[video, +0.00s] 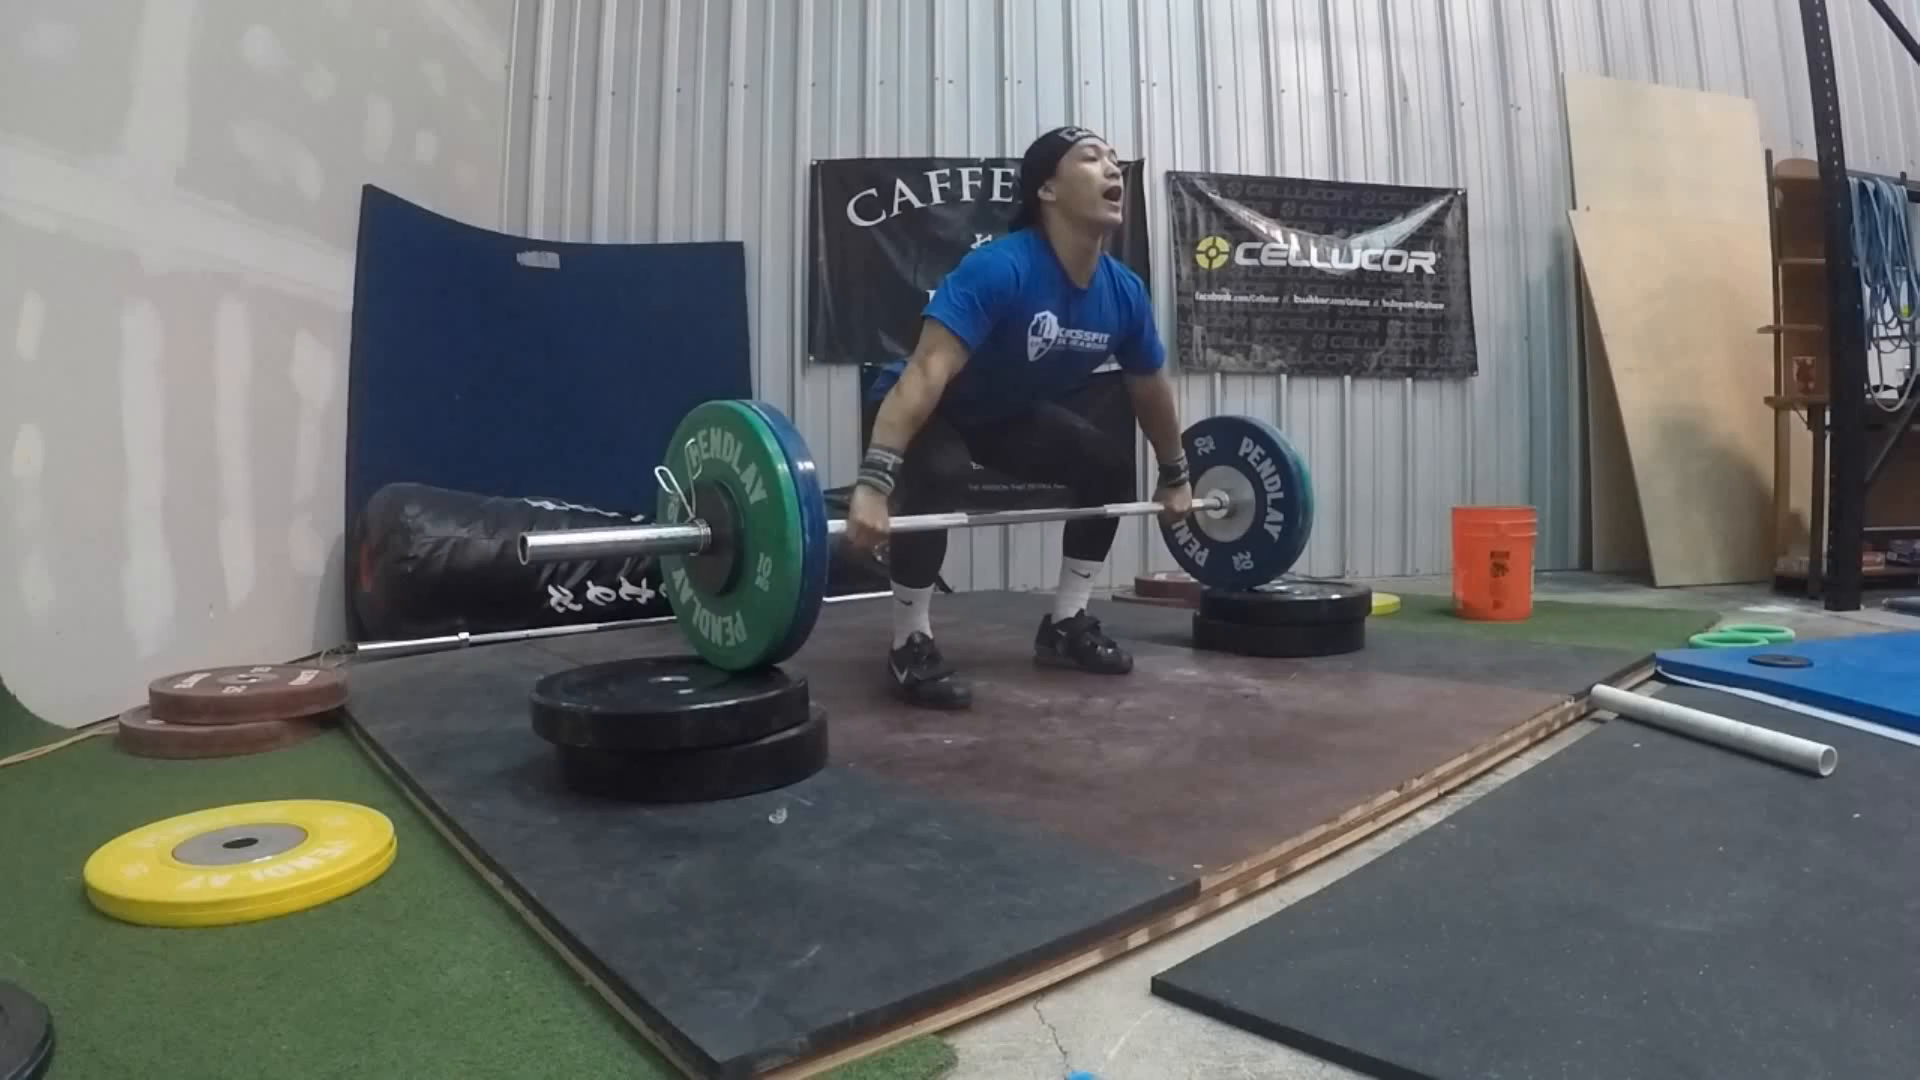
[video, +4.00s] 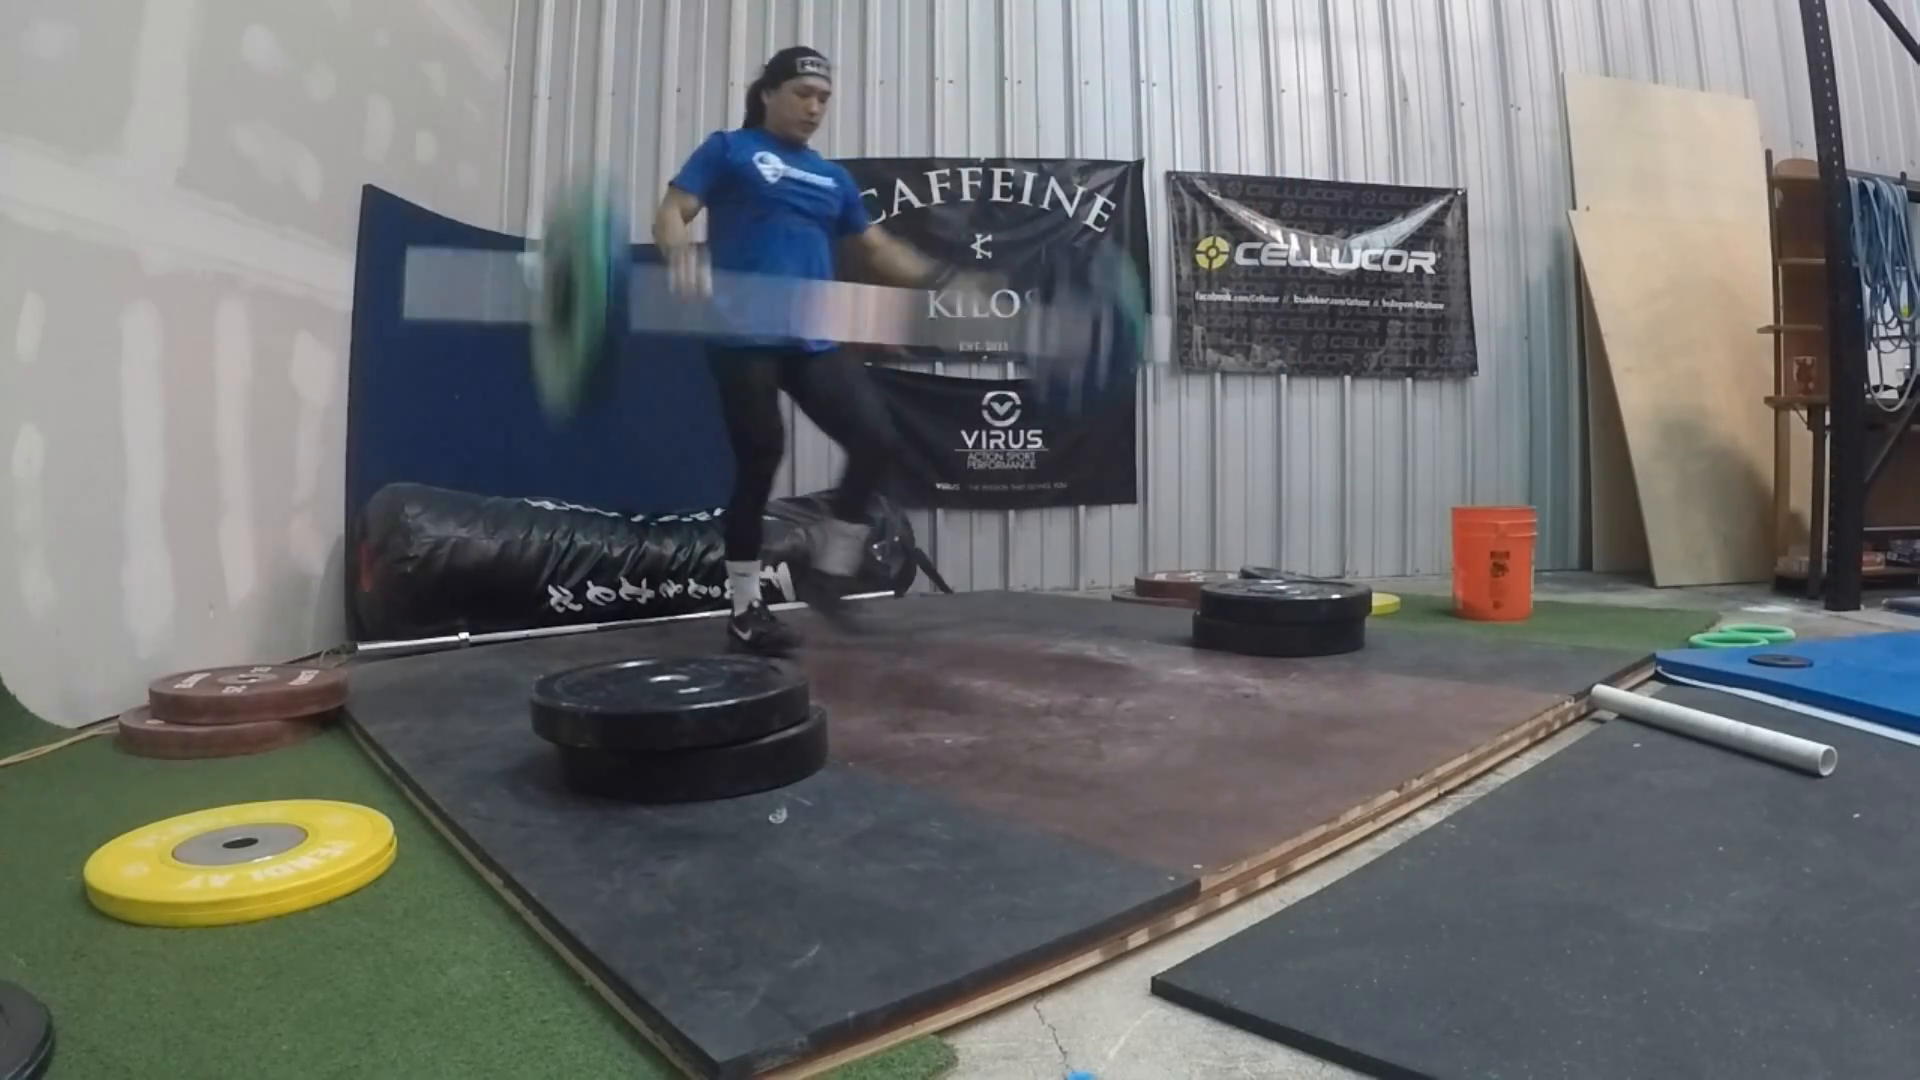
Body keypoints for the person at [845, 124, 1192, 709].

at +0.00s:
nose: (1114, 168)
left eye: (1114, 160)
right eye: (1092, 159)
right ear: (1048, 191)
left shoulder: (1124, 293)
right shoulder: (997, 268)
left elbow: (1150, 388)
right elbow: (928, 368)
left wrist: (1175, 476)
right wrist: (874, 480)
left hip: (1008, 415)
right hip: (930, 411)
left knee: (1109, 460)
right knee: (938, 472)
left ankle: (1066, 623)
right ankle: (911, 643)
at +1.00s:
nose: (951, 152)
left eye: (948, 143)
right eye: (932, 142)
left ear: (949, 161)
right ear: (894, 161)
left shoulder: (984, 223)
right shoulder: (877, 211)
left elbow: (1049, 249)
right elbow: (799, 206)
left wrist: (1113, 190)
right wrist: (820, 123)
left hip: (1009, 427)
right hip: (937, 430)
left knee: (1129, 512)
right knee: (924, 528)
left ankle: (1030, 613)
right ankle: (869, 638)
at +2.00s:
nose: (1045, 269)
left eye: (1048, 257)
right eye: (1029, 255)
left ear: (1052, 268)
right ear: (980, 270)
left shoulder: (1039, 312)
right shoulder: (927, 312)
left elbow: (1079, 258)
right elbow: (855, 240)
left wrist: (1107, 208)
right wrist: (793, 153)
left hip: (990, 506)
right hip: (905, 506)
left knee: (1094, 501)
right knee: (939, 526)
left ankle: (1025, 619)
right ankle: (872, 639)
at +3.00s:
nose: (1005, 14)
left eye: (1011, 5)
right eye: (989, 1)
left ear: (1012, 16)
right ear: (945, 10)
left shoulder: (1012, 77)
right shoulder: (905, 61)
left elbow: (1056, 37)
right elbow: (839, 7)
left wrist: (1095, 8)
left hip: (982, 318)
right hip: (901, 314)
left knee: (995, 465)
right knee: (890, 468)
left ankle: (991, 623)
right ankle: (864, 636)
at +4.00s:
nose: (814, 107)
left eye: (822, 99)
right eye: (803, 95)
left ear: (826, 106)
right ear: (768, 93)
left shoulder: (835, 179)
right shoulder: (729, 149)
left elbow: (879, 252)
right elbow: (670, 213)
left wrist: (946, 278)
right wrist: (682, 252)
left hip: (810, 342)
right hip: (741, 339)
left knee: (875, 440)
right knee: (760, 452)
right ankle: (745, 608)